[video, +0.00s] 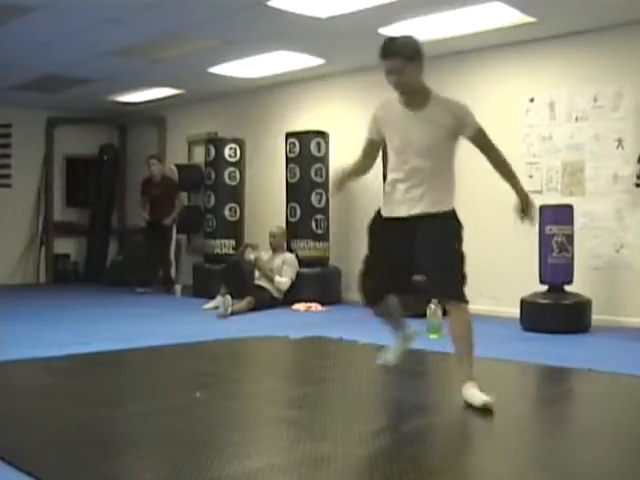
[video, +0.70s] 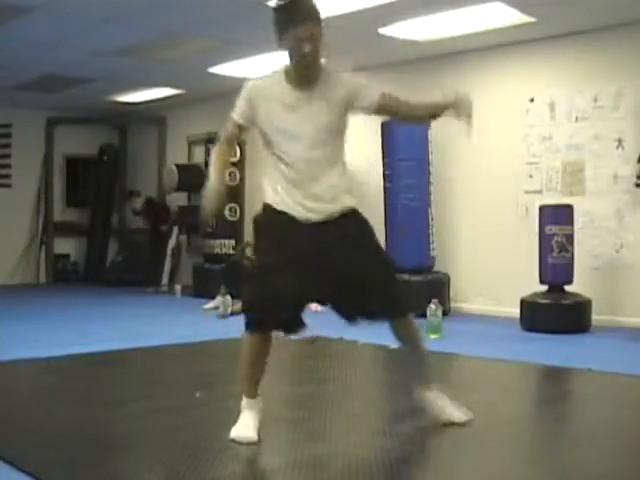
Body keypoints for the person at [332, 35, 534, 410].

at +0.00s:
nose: (394, 79)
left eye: (400, 71)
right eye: (388, 72)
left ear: (420, 66)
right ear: (384, 73)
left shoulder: (452, 111)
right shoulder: (384, 113)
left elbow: (490, 151)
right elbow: (366, 158)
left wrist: (520, 191)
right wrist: (347, 175)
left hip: (437, 219)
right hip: (391, 221)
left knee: (452, 297)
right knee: (372, 291)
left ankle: (468, 383)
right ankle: (403, 333)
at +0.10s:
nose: (402, 85)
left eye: (408, 77)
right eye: (397, 78)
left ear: (431, 74)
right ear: (393, 78)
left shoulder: (462, 125)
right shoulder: (391, 116)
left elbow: (499, 176)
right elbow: (374, 167)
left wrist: (531, 224)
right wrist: (348, 210)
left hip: (442, 232)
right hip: (391, 229)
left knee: (463, 303)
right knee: (352, 295)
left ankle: (470, 386)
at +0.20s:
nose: (398, 86)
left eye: (404, 77)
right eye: (394, 78)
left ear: (429, 72)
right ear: (392, 76)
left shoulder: (460, 120)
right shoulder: (389, 113)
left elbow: (495, 171)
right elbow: (375, 164)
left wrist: (513, 218)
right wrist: (354, 210)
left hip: (437, 230)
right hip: (386, 225)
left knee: (461, 302)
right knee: (338, 291)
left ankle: (470, 387)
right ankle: (307, 371)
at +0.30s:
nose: (385, 67)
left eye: (392, 58)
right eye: (380, 59)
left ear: (415, 52)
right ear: (376, 58)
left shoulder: (442, 97)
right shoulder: (368, 97)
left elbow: (490, 145)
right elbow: (354, 145)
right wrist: (337, 190)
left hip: (420, 216)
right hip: (365, 211)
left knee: (454, 298)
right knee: (321, 296)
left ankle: (469, 380)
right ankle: (293, 379)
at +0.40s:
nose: (360, 54)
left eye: (367, 45)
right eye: (354, 46)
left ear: (388, 40)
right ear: (348, 45)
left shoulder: (417, 81)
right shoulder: (337, 85)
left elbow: (479, 108)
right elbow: (313, 138)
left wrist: (454, 77)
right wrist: (295, 180)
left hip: (404, 210)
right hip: (344, 208)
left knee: (455, 292)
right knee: (300, 300)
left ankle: (463, 376)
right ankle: (266, 387)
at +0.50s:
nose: (333, 56)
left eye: (340, 46)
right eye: (325, 48)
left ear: (360, 44)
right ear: (318, 51)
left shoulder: (388, 92)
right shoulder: (304, 98)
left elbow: (458, 97)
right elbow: (271, 147)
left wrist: (448, 57)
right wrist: (241, 190)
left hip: (381, 220)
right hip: (324, 221)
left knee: (439, 293)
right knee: (287, 312)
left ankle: (464, 390)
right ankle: (251, 403)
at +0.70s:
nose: (309, 49)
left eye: (314, 40)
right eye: (299, 43)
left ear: (322, 37)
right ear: (283, 44)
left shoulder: (341, 86)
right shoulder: (258, 92)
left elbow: (399, 108)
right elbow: (226, 142)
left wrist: (445, 106)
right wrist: (216, 181)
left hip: (341, 218)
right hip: (282, 220)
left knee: (394, 303)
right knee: (261, 313)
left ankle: (427, 389)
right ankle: (248, 408)